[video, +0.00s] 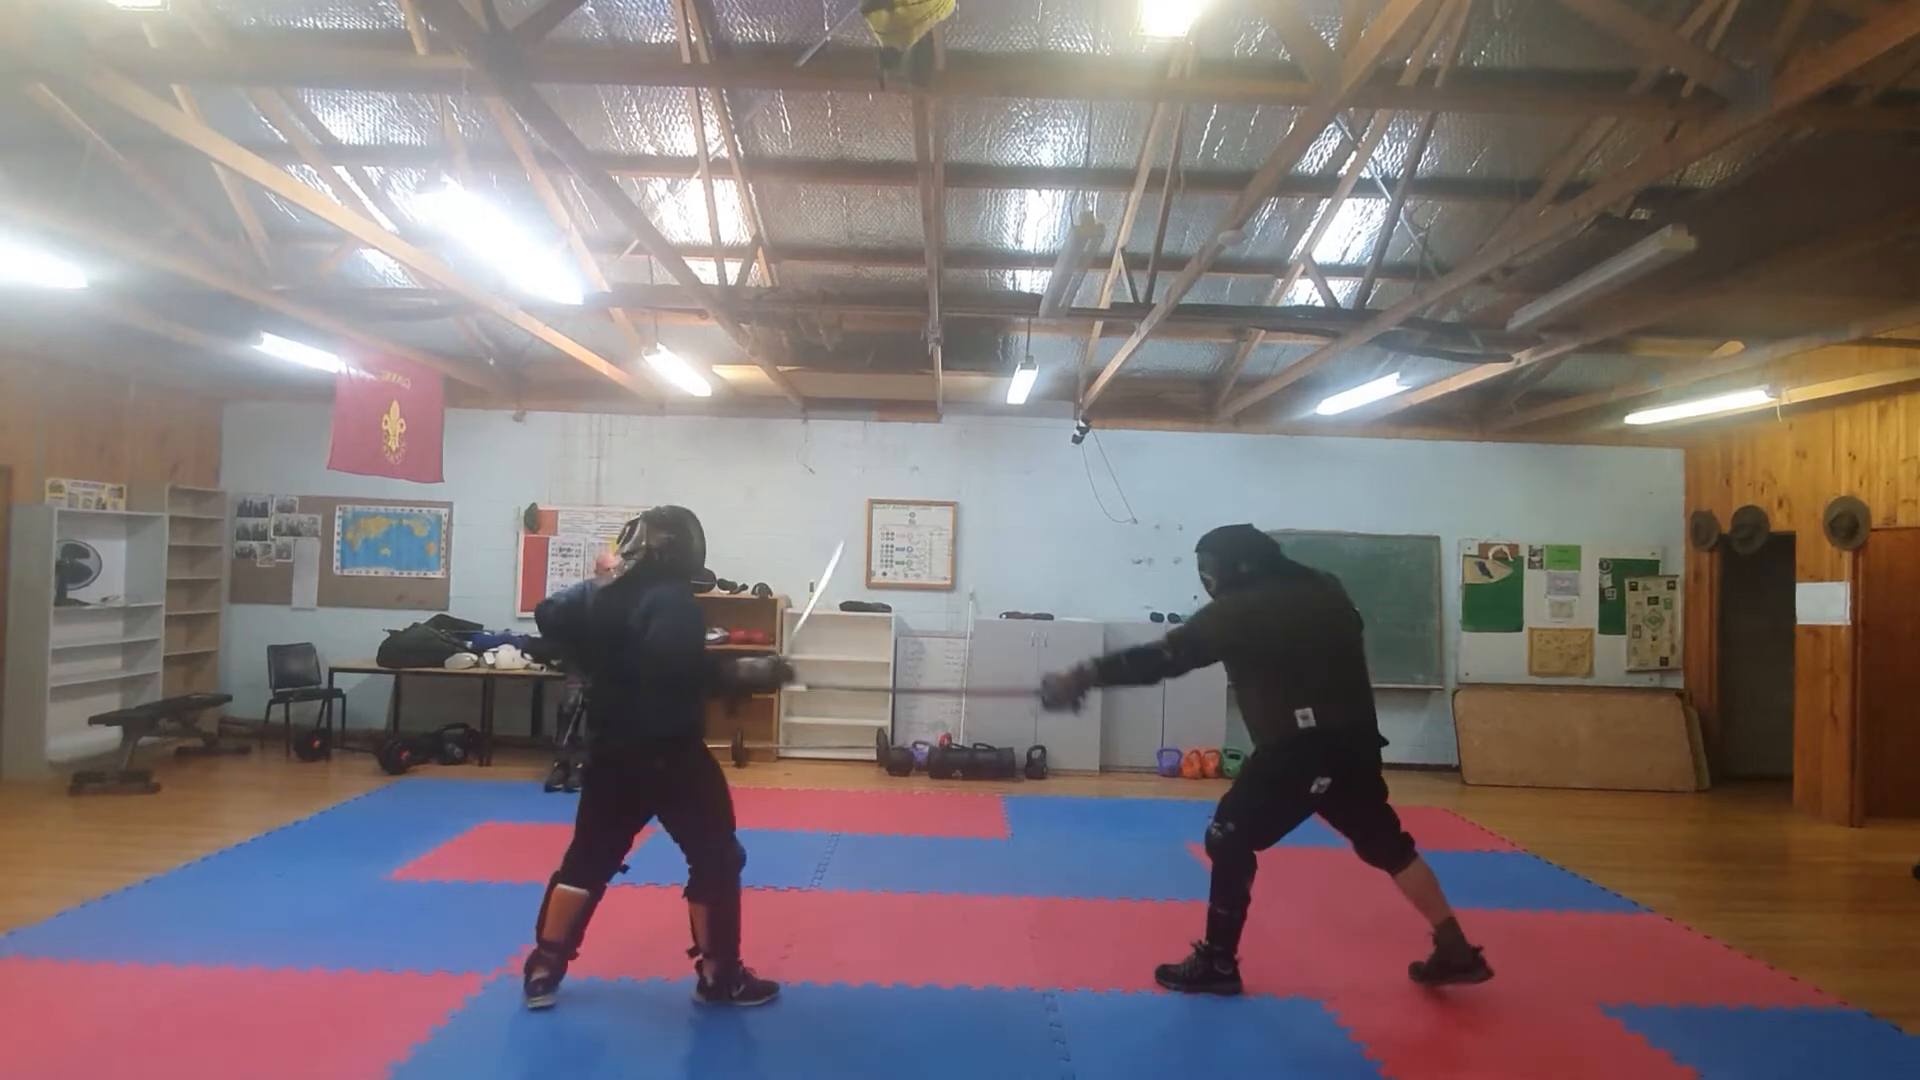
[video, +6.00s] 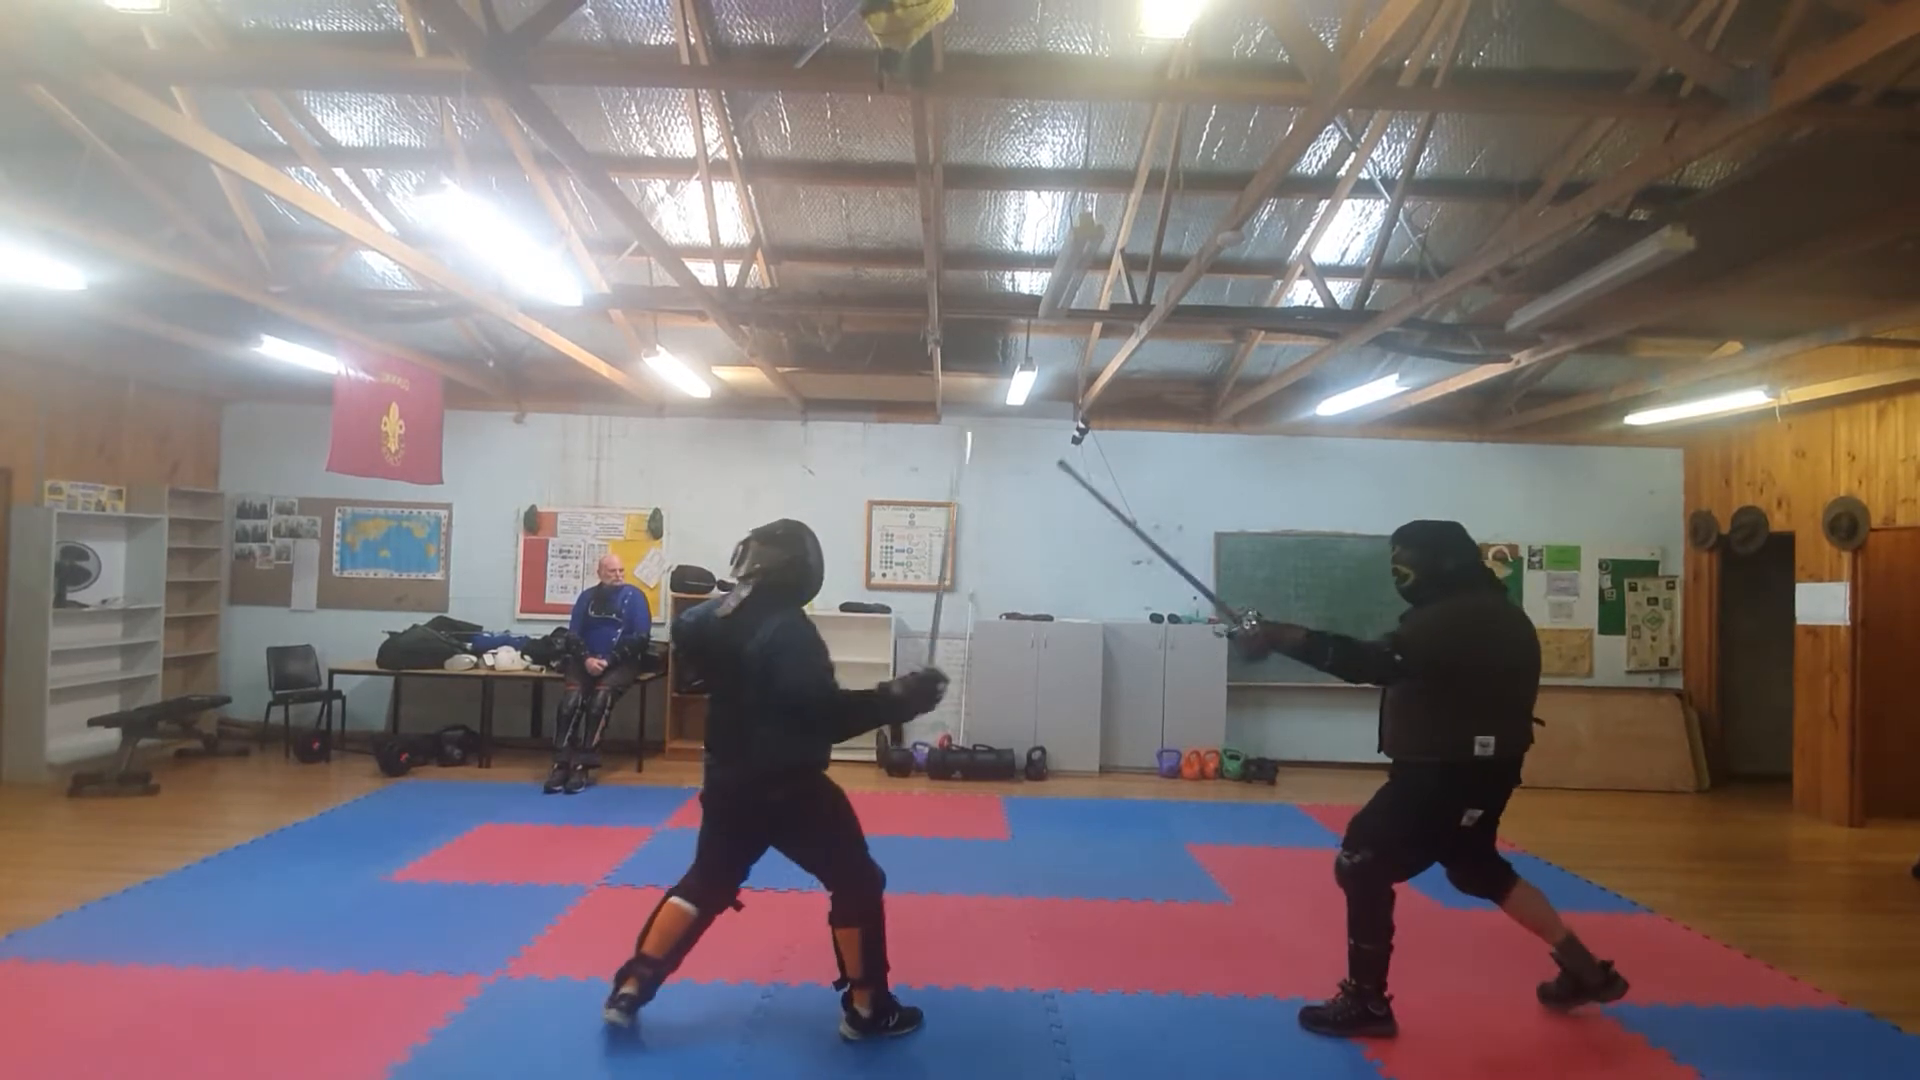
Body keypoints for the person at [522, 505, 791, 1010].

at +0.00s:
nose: (698, 563)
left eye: (696, 554)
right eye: (695, 553)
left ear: (635, 549)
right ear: (683, 551)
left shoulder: (601, 600)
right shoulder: (676, 602)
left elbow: (549, 614)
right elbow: (675, 669)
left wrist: (596, 582)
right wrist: (738, 674)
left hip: (613, 760)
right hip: (677, 761)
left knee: (588, 857)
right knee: (717, 857)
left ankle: (544, 968)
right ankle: (720, 973)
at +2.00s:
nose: (677, 562)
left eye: (676, 553)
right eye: (674, 553)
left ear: (614, 548)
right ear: (662, 553)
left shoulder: (580, 602)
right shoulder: (655, 614)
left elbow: (536, 612)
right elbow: (672, 698)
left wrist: (576, 586)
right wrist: (731, 678)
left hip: (581, 766)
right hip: (645, 767)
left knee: (577, 865)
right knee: (688, 866)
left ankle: (545, 983)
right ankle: (700, 983)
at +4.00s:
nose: (716, 567)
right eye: (715, 557)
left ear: (650, 551)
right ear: (708, 557)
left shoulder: (615, 609)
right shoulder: (708, 615)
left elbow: (567, 637)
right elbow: (767, 672)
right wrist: (841, 658)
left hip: (635, 774)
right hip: (706, 775)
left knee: (623, 868)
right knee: (754, 863)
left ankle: (591, 987)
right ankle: (761, 984)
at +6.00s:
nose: (813, 577)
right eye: (810, 567)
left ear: (747, 564)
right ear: (802, 571)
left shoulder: (719, 622)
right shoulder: (791, 630)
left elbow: (686, 632)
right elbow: (819, 714)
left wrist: (718, 605)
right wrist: (897, 700)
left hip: (728, 788)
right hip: (795, 790)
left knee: (706, 882)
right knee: (857, 881)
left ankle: (634, 984)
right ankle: (866, 1006)